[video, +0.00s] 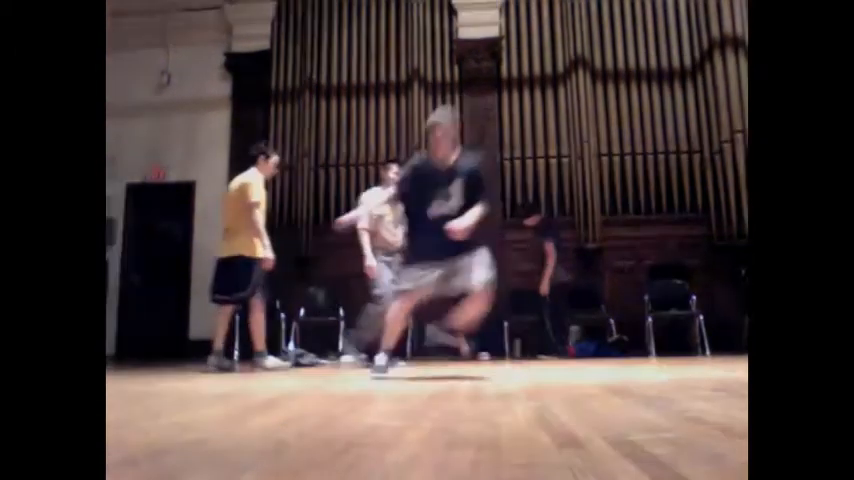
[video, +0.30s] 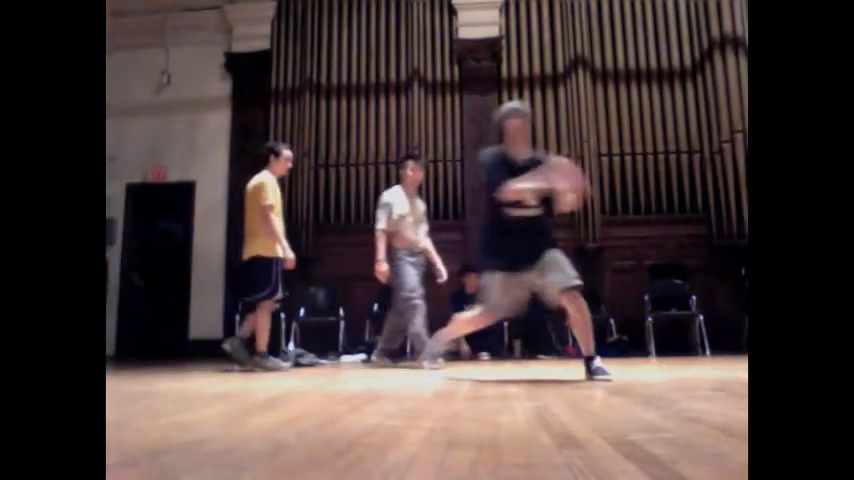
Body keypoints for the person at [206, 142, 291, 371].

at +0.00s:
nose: (275, 171)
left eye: (276, 166)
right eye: (274, 165)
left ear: (259, 162)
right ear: (262, 160)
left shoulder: (237, 182)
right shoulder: (254, 180)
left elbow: (232, 222)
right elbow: (255, 215)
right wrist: (267, 247)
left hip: (231, 253)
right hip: (249, 253)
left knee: (226, 306)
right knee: (257, 303)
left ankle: (217, 353)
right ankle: (261, 353)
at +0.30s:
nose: (289, 166)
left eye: (290, 161)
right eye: (286, 160)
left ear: (275, 161)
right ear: (274, 159)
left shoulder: (266, 182)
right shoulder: (265, 182)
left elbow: (267, 219)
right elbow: (269, 217)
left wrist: (279, 248)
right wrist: (285, 247)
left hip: (265, 253)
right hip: (263, 253)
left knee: (265, 302)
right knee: (266, 302)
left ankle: (239, 339)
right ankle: (262, 352)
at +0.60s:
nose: (296, 165)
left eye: (298, 161)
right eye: (293, 160)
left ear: (291, 163)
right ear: (280, 160)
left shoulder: (281, 185)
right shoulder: (269, 182)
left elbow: (281, 219)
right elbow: (268, 213)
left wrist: (287, 248)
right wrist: (279, 246)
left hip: (282, 253)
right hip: (268, 253)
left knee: (285, 301)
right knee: (268, 300)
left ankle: (284, 350)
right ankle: (261, 353)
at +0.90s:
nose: (301, 166)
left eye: (303, 162)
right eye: (297, 161)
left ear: (304, 166)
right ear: (285, 162)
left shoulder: (295, 192)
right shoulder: (274, 182)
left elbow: (296, 228)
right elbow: (266, 212)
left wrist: (307, 255)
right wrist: (266, 243)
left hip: (293, 253)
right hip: (278, 250)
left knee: (289, 303)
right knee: (274, 300)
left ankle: (287, 350)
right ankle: (262, 353)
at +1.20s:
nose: (306, 168)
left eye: (309, 164)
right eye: (302, 163)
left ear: (311, 168)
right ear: (291, 164)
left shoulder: (307, 196)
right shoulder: (277, 185)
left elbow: (312, 228)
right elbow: (266, 216)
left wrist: (329, 257)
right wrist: (265, 245)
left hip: (296, 255)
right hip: (276, 252)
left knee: (290, 304)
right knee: (272, 301)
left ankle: (287, 350)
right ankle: (264, 352)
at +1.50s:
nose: (306, 169)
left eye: (308, 164)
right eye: (302, 163)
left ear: (310, 168)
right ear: (291, 164)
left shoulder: (308, 194)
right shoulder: (274, 186)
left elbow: (310, 227)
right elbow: (263, 217)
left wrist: (320, 255)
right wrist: (260, 248)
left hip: (297, 255)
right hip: (274, 252)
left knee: (291, 306)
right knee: (272, 302)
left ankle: (287, 352)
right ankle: (265, 354)